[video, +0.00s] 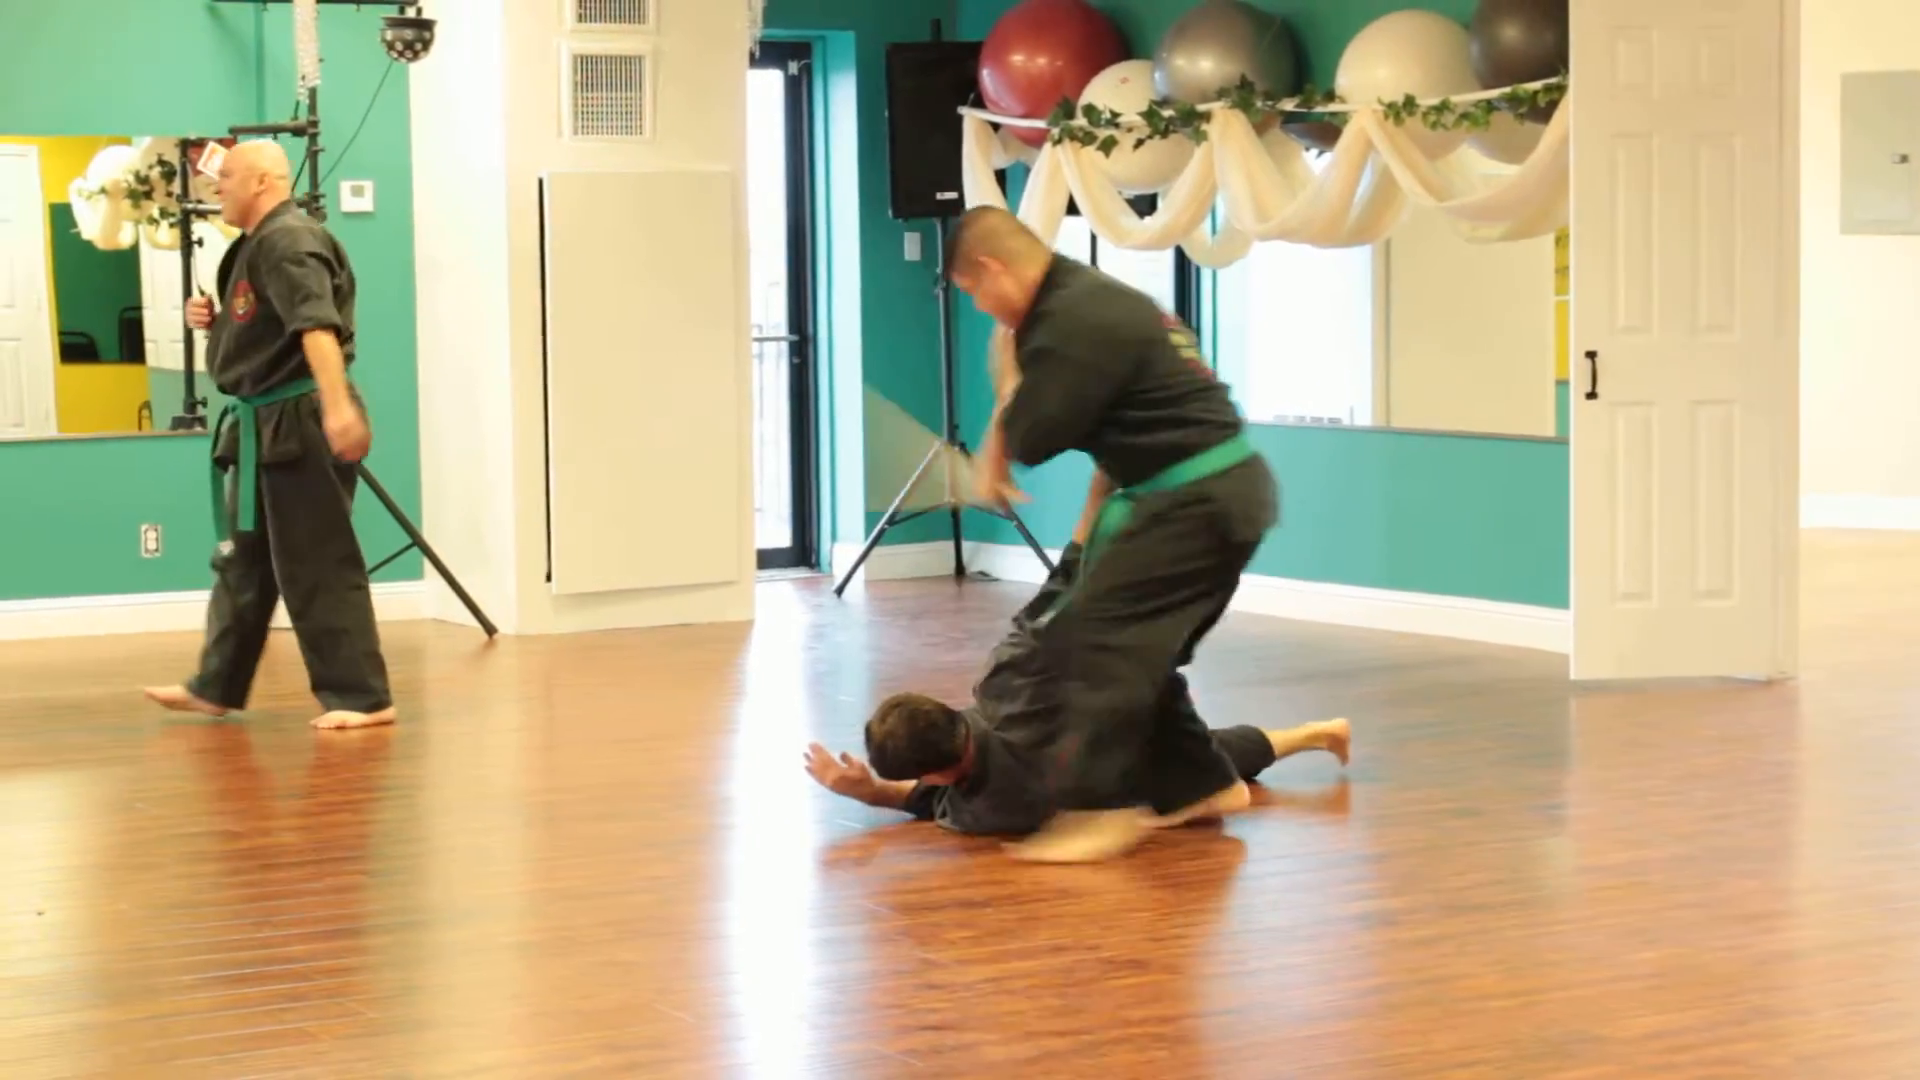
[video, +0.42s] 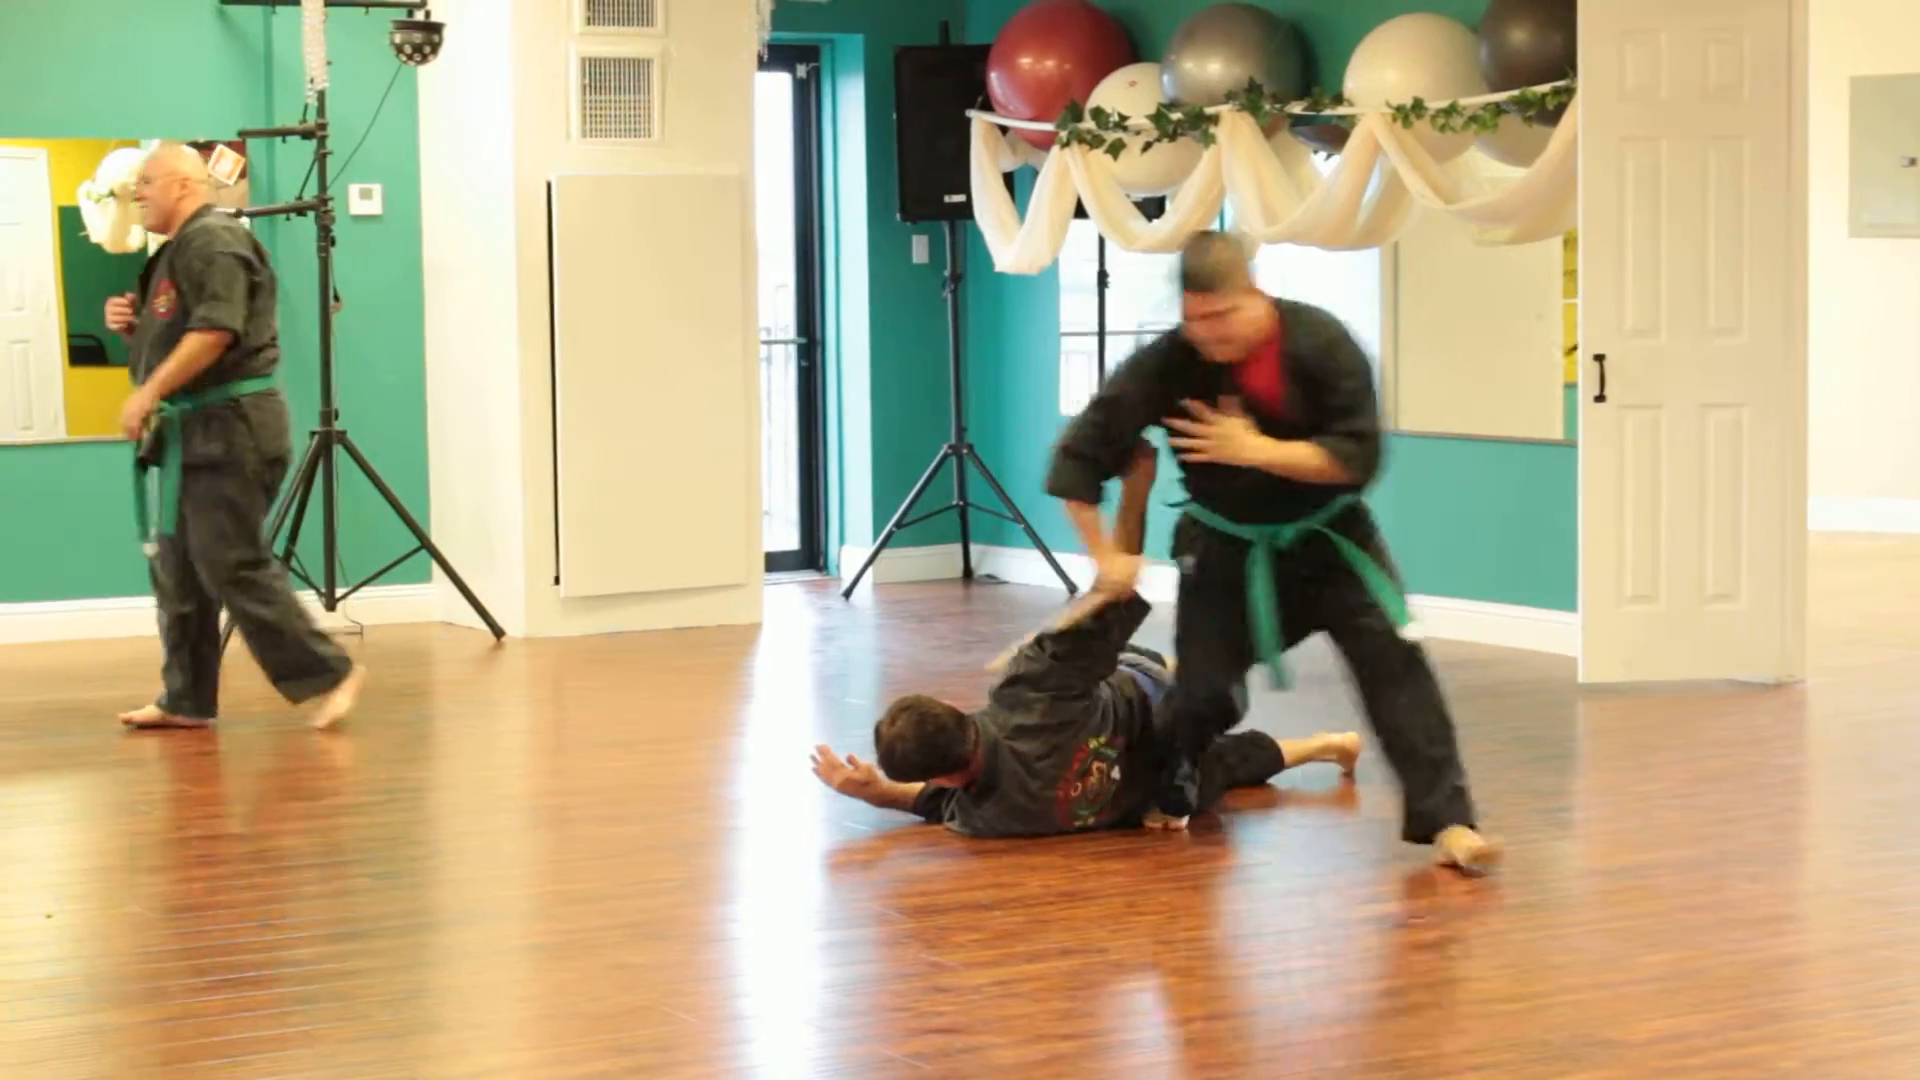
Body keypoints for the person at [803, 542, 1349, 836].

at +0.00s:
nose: (889, 770)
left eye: (895, 768)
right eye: (882, 756)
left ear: (934, 776)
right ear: (943, 703)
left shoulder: (998, 804)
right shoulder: (989, 691)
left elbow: (928, 806)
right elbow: (919, 789)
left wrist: (869, 791)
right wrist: (866, 786)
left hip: (1121, 759)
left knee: (1208, 763)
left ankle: (1308, 738)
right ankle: (1111, 483)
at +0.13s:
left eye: (902, 773)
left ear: (933, 781)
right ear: (949, 708)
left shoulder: (979, 819)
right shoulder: (1014, 691)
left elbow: (928, 801)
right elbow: (1079, 568)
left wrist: (867, 790)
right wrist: (1081, 442)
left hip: (1151, 790)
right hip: (1132, 723)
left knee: (1210, 755)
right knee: (1124, 661)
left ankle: (1292, 746)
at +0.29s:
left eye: (910, 778)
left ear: (936, 786)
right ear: (955, 706)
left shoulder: (986, 817)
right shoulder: (1025, 685)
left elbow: (925, 801)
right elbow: (1098, 582)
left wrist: (863, 790)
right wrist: (1117, 471)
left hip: (1157, 780)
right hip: (1145, 694)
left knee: (1223, 757)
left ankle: (1324, 741)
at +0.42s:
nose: (904, 777)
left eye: (907, 774)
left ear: (939, 782)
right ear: (957, 710)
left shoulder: (986, 821)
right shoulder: (1027, 691)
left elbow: (934, 804)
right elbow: (1120, 593)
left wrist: (876, 790)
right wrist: (1135, 488)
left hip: (1151, 785)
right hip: (1139, 703)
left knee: (1226, 761)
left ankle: (1326, 749)